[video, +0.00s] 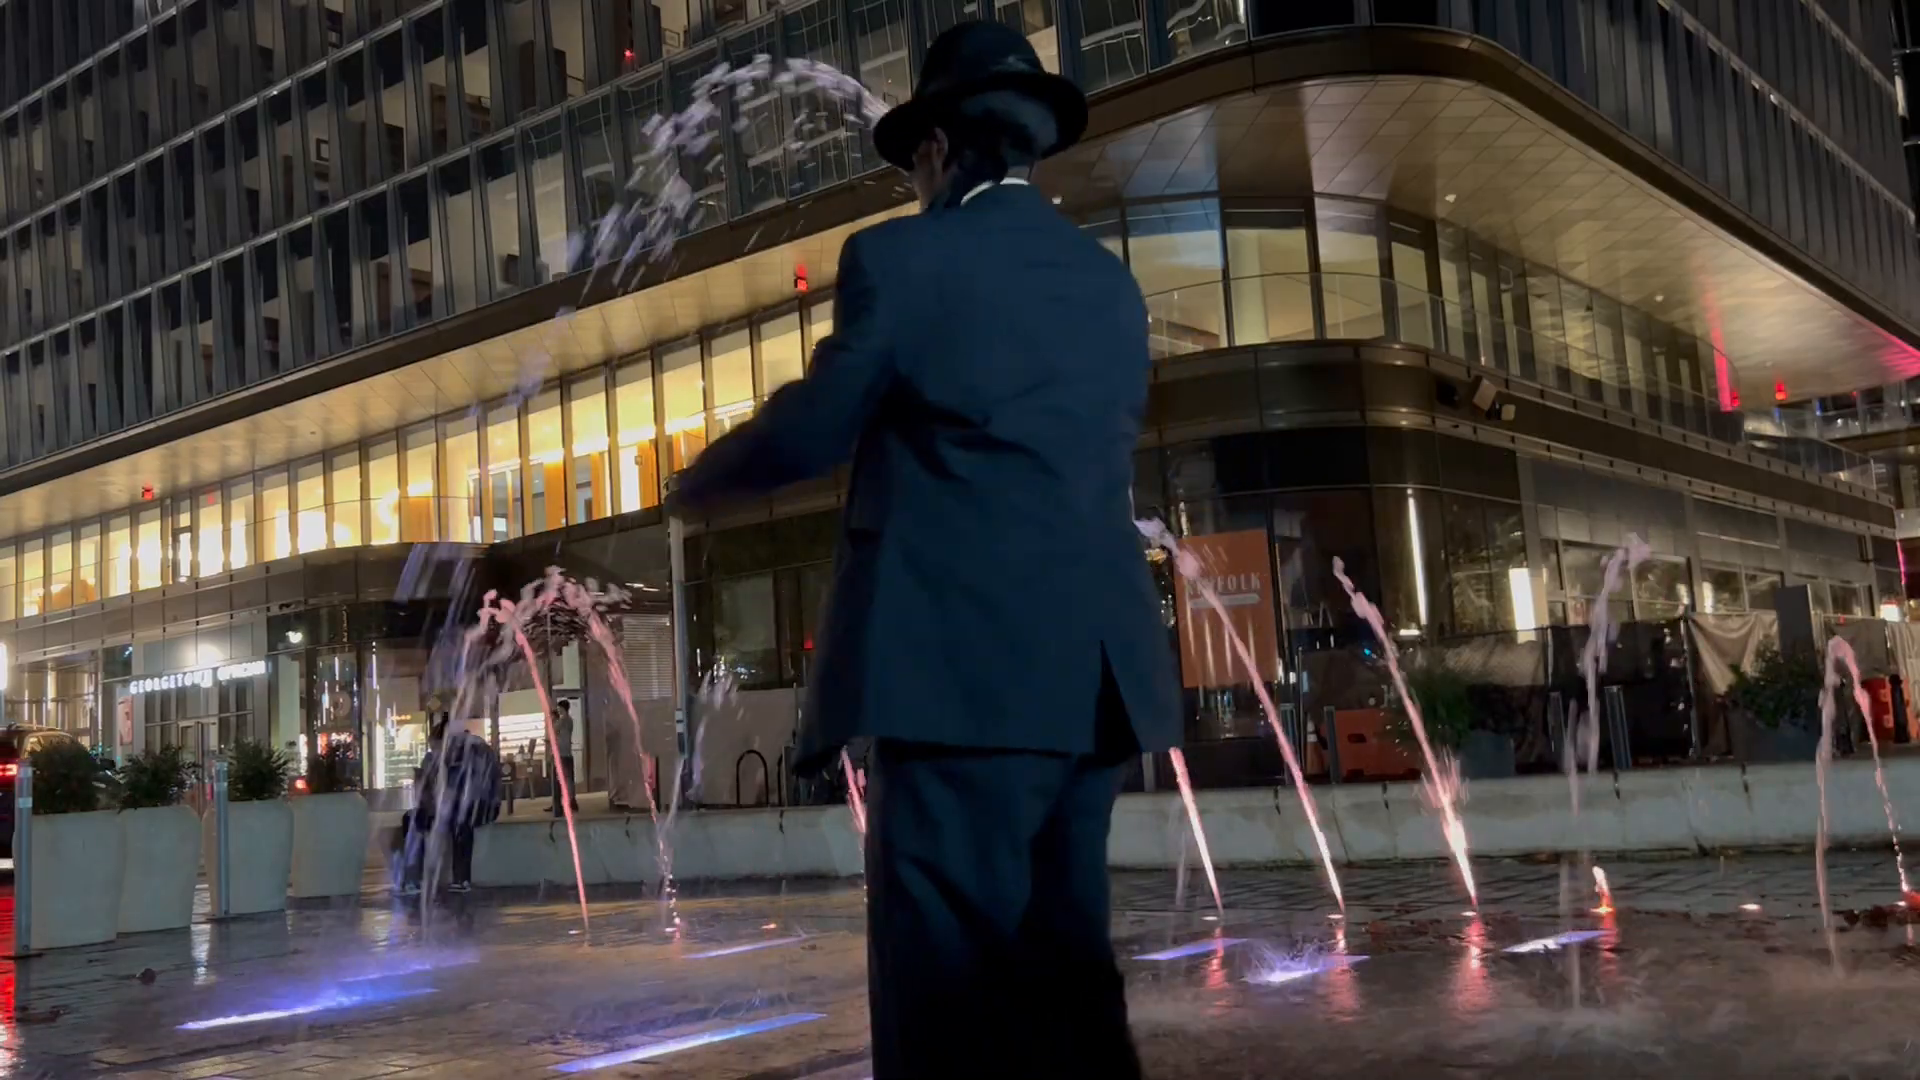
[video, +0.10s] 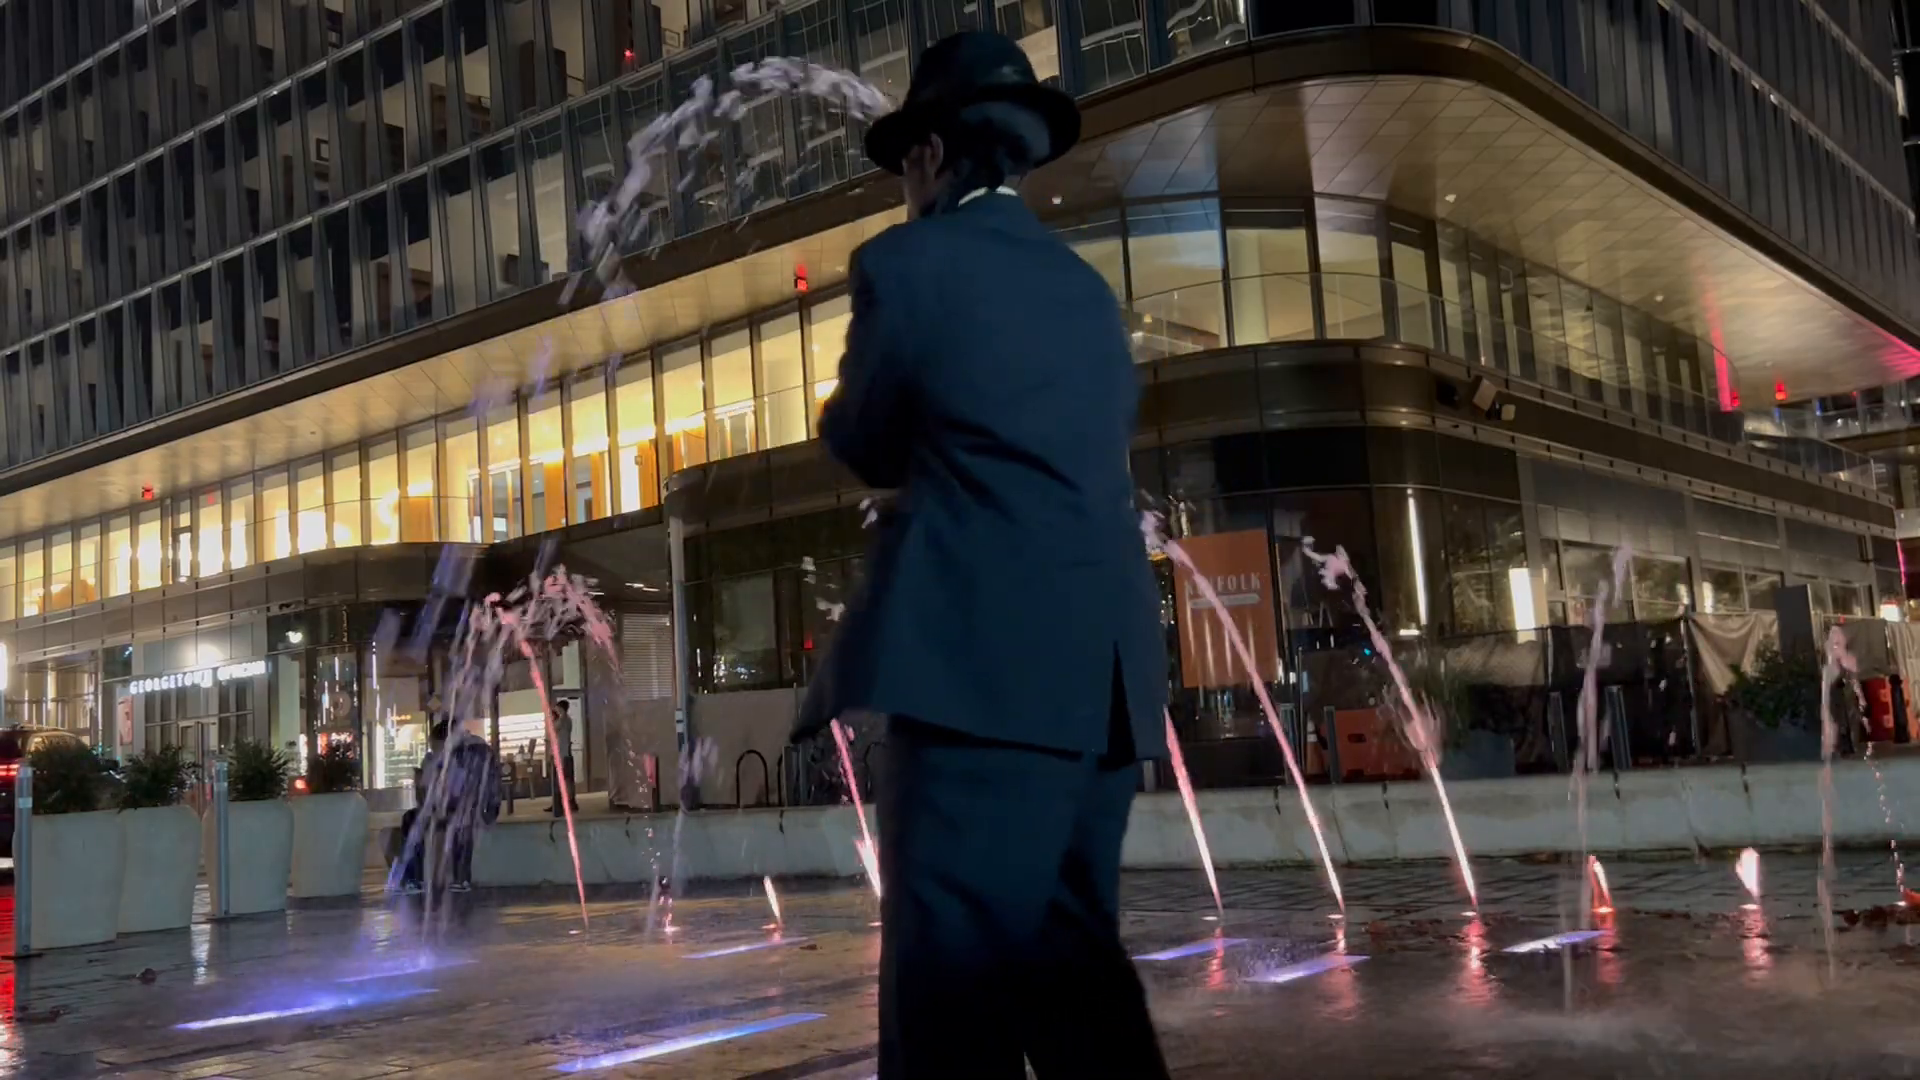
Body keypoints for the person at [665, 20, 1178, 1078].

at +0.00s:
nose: (910, 181)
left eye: (913, 157)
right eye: (911, 161)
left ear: (943, 146)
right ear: (1031, 149)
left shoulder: (899, 258)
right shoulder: (1111, 279)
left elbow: (822, 420)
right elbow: (1081, 444)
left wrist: (702, 479)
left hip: (954, 680)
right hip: (1100, 680)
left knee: (938, 987)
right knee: (1069, 970)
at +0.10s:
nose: (902, 184)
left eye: (907, 159)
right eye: (905, 162)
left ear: (934, 154)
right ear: (1021, 160)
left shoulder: (908, 259)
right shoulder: (1090, 285)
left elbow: (858, 436)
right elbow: (1094, 436)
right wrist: (929, 465)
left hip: (976, 673)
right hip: (1112, 677)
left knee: (948, 981)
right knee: (1078, 957)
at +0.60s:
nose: (850, 211)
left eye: (850, 185)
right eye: (843, 192)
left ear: (895, 156)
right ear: (946, 153)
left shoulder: (900, 249)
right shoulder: (1035, 258)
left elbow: (902, 477)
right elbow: (1078, 460)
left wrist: (918, 584)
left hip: (999, 676)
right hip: (1093, 664)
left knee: (977, 992)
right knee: (1051, 973)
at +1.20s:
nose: (805, 235)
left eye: (805, 212)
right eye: (799, 218)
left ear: (841, 189)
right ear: (923, 192)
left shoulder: (834, 266)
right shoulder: (1038, 313)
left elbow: (801, 454)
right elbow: (1135, 481)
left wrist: (774, 577)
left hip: (932, 683)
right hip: (1072, 675)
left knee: (855, 981)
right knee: (1001, 938)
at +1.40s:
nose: (781, 250)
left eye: (781, 226)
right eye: (775, 232)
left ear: (818, 198)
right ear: (898, 192)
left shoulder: (813, 269)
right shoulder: (994, 296)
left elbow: (800, 483)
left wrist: (809, 614)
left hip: (946, 671)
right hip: (1071, 668)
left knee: (936, 996)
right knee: (986, 975)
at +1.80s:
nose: (747, 354)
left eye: (740, 323)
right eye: (739, 334)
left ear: (756, 290)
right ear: (838, 276)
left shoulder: (830, 336)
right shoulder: (895, 351)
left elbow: (839, 519)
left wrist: (652, 649)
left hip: (1017, 701)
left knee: (880, 976)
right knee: (1014, 972)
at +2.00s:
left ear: (837, 294)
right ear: (953, 265)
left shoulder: (792, 406)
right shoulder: (1039, 327)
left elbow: (816, 606)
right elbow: (1170, 463)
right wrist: (1166, 627)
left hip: (929, 731)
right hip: (1093, 704)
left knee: (854, 1009)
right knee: (1035, 974)